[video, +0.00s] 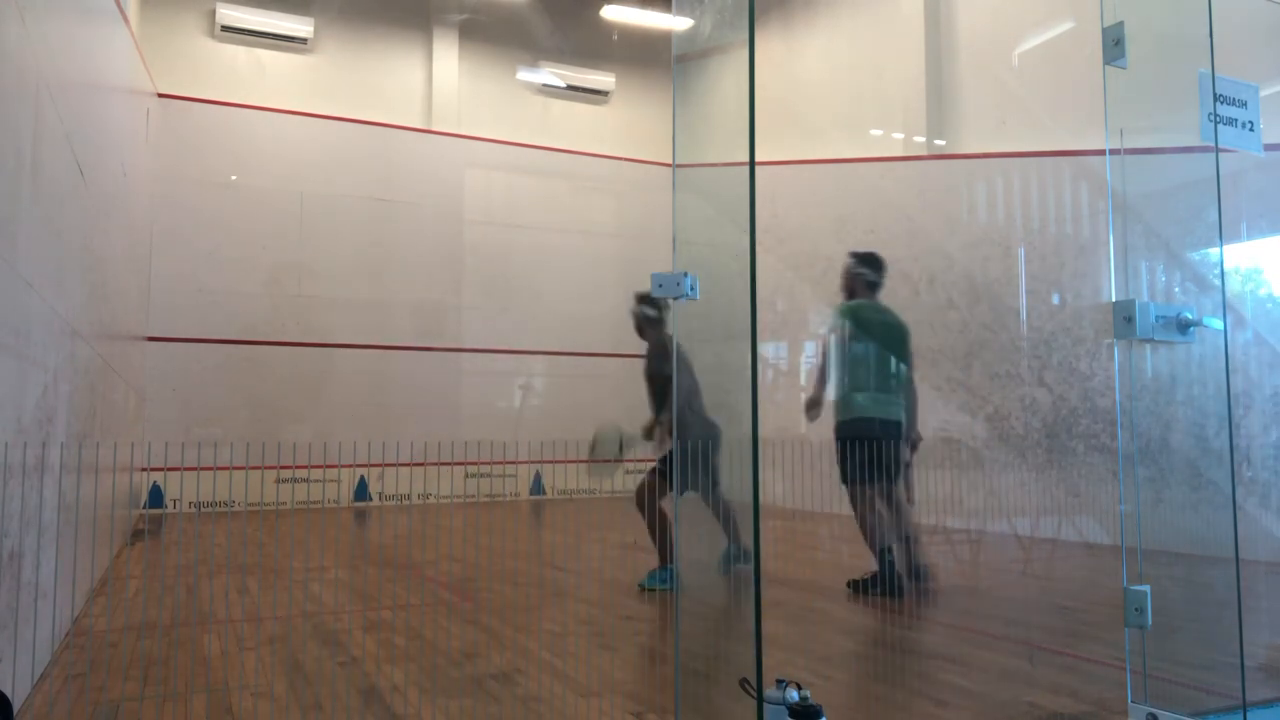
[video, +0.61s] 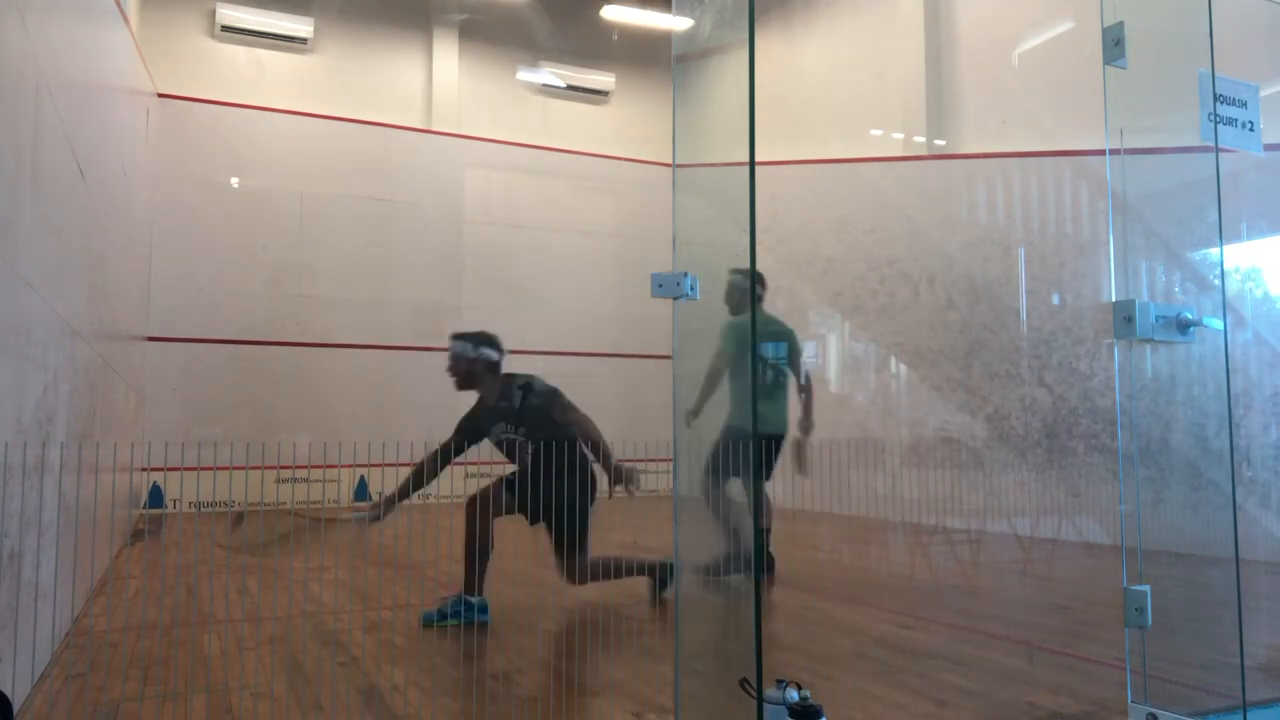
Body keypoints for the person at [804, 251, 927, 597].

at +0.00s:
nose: (841, 283)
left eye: (845, 277)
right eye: (844, 276)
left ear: (852, 280)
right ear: (878, 284)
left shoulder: (843, 315)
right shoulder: (897, 324)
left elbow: (826, 360)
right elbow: (908, 383)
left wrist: (815, 398)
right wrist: (912, 427)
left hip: (855, 423)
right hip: (893, 424)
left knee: (863, 501)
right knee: (894, 496)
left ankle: (887, 570)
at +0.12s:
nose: (819, 285)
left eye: (822, 278)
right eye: (821, 278)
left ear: (834, 282)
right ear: (855, 285)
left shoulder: (826, 314)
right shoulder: (877, 324)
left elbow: (812, 358)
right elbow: (894, 378)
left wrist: (797, 398)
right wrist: (908, 423)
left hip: (840, 422)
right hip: (872, 423)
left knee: (858, 499)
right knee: (849, 495)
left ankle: (887, 572)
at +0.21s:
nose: (798, 291)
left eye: (802, 284)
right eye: (800, 284)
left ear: (814, 288)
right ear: (832, 290)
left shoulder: (806, 321)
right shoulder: (857, 328)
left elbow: (786, 368)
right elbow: (878, 378)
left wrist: (774, 405)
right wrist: (896, 423)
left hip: (823, 425)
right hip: (852, 426)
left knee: (851, 500)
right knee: (814, 482)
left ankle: (887, 570)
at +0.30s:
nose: (779, 293)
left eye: (785, 286)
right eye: (781, 286)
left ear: (803, 292)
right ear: (811, 295)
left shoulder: (785, 329)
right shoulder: (835, 332)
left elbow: (764, 374)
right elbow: (859, 381)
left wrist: (751, 407)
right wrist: (877, 424)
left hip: (801, 429)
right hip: (828, 430)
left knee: (830, 501)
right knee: (790, 483)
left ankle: (880, 561)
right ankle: (769, 552)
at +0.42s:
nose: (760, 300)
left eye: (766, 294)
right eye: (762, 294)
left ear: (781, 300)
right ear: (793, 302)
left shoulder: (764, 335)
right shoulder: (815, 338)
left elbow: (743, 374)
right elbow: (838, 386)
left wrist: (730, 407)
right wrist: (853, 428)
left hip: (774, 431)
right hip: (803, 433)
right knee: (767, 495)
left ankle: (845, 540)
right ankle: (762, 554)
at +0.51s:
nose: (741, 304)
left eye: (745, 298)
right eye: (742, 297)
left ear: (759, 299)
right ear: (776, 301)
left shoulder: (748, 333)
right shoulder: (798, 335)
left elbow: (728, 374)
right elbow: (818, 383)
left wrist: (712, 407)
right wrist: (828, 425)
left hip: (758, 430)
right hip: (788, 432)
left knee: (742, 496)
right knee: (757, 492)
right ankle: (762, 554)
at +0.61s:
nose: (725, 296)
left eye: (730, 290)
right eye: (727, 290)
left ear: (744, 294)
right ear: (758, 294)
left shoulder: (734, 328)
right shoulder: (784, 331)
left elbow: (717, 369)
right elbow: (803, 379)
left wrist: (697, 406)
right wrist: (807, 416)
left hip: (742, 428)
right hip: (775, 430)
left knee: (712, 483)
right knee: (755, 485)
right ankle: (762, 553)